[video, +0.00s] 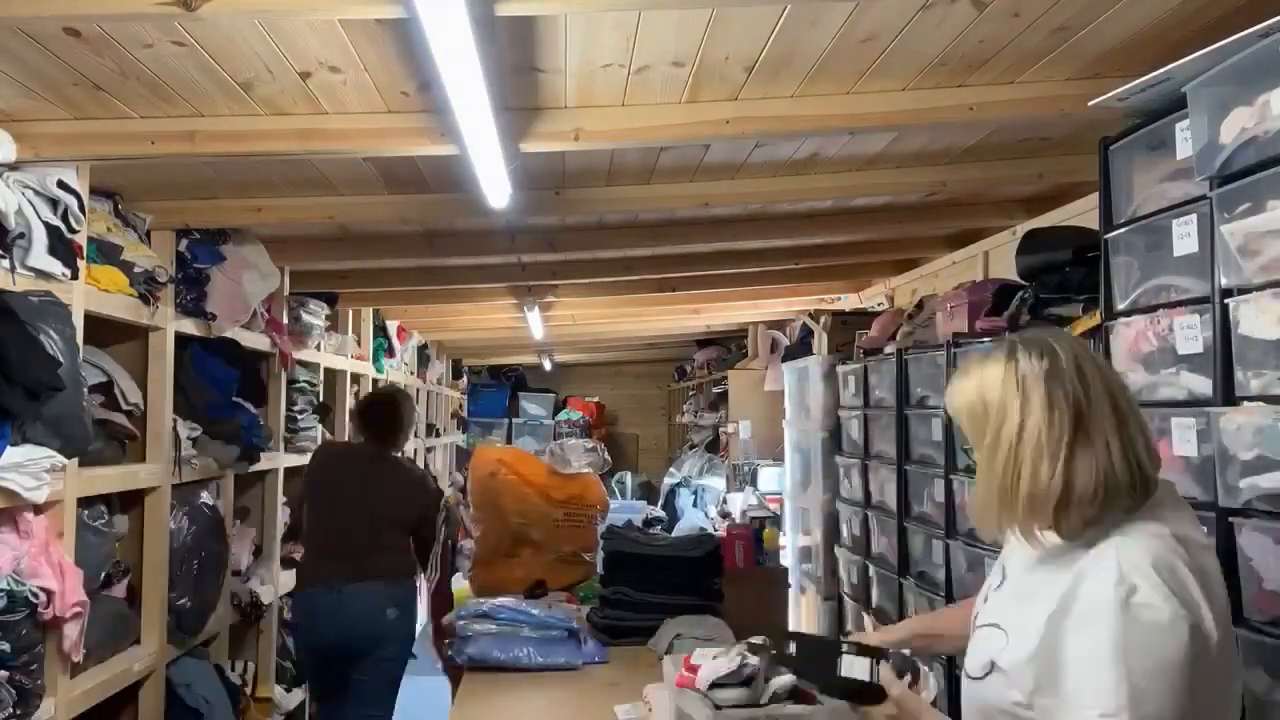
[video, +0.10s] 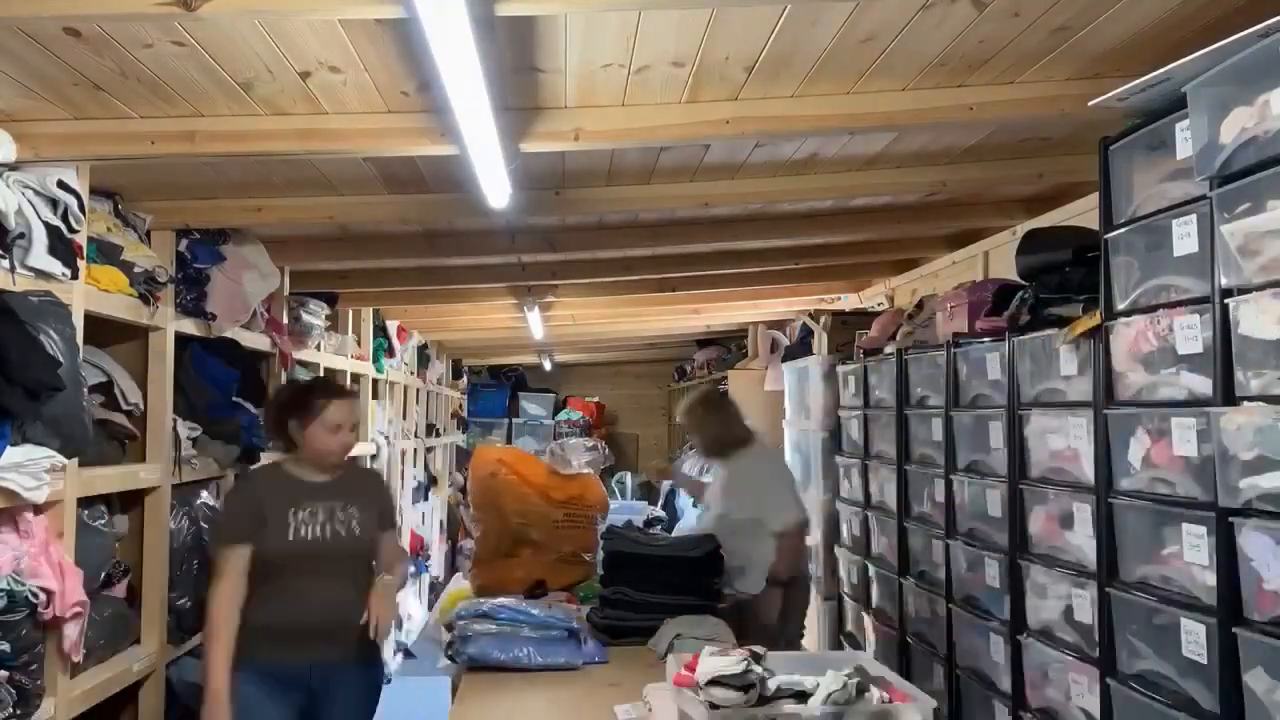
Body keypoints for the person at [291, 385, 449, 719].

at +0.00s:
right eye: (410, 425)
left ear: (356, 422)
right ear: (406, 432)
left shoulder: (325, 457)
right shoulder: (418, 482)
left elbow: (298, 527)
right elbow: (432, 559)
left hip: (317, 599)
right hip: (387, 600)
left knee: (327, 706)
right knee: (371, 710)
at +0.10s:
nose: (348, 440)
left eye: (352, 429)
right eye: (335, 429)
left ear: (358, 427)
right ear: (296, 428)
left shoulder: (370, 487)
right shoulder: (254, 489)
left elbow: (393, 559)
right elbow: (228, 591)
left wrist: (386, 585)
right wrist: (216, 696)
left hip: (350, 670)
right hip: (265, 670)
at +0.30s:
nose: (400, 416)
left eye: (397, 404)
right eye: (383, 405)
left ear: (332, 426)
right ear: (329, 425)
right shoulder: (317, 519)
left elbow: (382, 663)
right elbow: (374, 686)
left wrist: (461, 704)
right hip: (312, 711)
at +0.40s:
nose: (400, 442)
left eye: (401, 429)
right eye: (396, 427)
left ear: (354, 420)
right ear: (354, 419)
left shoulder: (347, 495)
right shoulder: (315, 508)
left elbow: (405, 566)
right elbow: (420, 611)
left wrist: (449, 521)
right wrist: (488, 528)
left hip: (373, 705)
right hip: (338, 708)